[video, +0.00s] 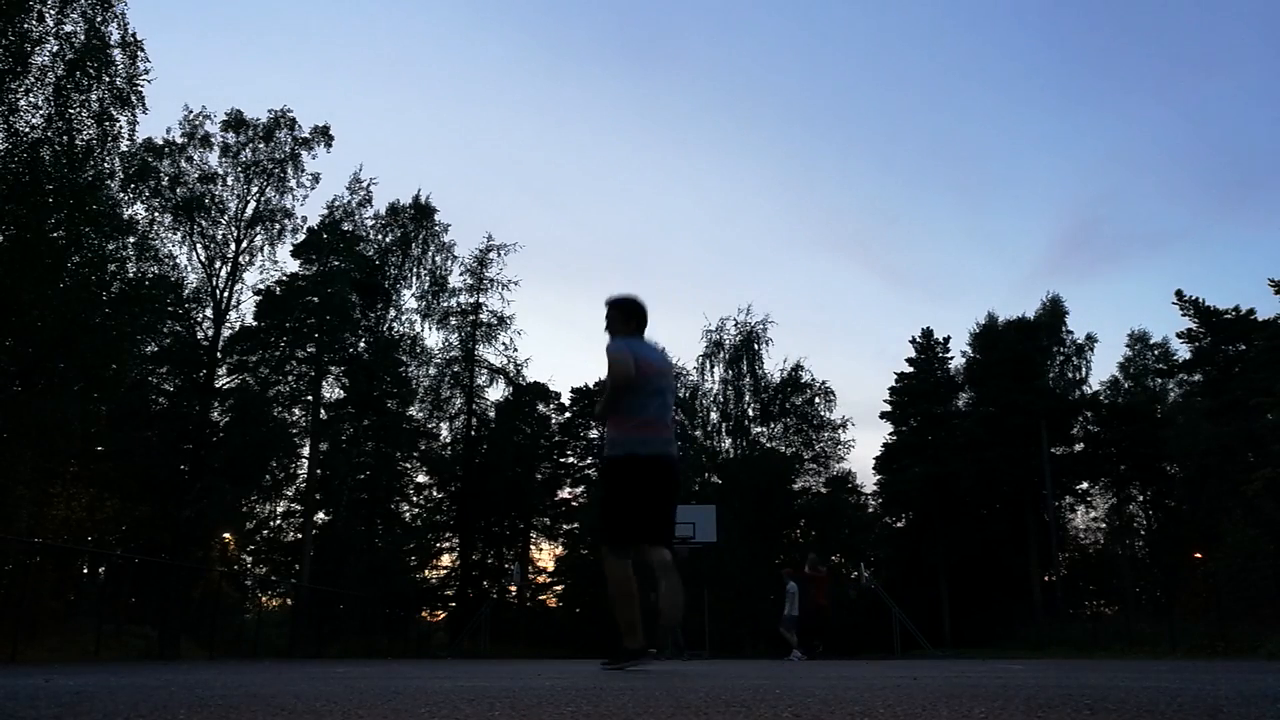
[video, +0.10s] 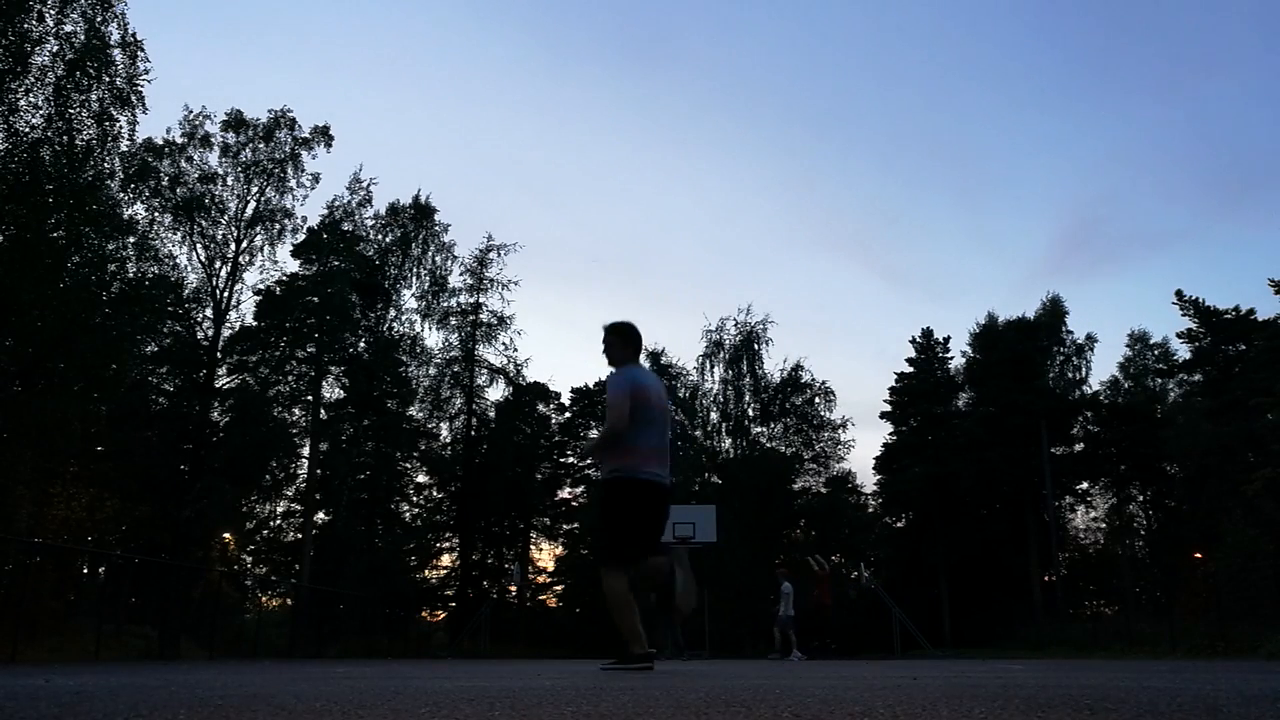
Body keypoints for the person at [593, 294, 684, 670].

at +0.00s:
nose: (606, 325)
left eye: (609, 319)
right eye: (607, 318)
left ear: (620, 320)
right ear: (641, 321)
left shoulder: (618, 346)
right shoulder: (659, 356)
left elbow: (622, 377)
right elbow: (664, 406)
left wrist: (601, 409)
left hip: (626, 465)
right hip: (662, 466)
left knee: (616, 550)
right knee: (657, 548)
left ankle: (632, 645)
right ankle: (672, 639)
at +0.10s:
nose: (603, 351)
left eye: (607, 344)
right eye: (604, 344)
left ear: (621, 346)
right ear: (636, 347)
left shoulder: (620, 379)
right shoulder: (655, 383)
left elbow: (616, 425)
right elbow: (661, 432)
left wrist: (592, 448)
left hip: (625, 485)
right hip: (655, 486)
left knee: (613, 568)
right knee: (636, 563)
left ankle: (637, 651)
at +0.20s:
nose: (604, 355)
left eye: (608, 349)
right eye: (604, 349)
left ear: (623, 351)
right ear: (634, 352)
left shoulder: (622, 380)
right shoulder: (649, 384)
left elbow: (618, 424)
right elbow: (672, 420)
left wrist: (598, 423)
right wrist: (638, 426)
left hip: (630, 482)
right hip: (653, 483)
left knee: (615, 560)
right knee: (630, 554)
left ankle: (637, 648)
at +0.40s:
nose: (611, 363)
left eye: (615, 357)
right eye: (610, 358)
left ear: (629, 358)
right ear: (623, 358)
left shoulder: (641, 389)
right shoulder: (627, 393)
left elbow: (646, 429)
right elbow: (634, 436)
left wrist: (617, 417)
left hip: (643, 481)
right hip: (632, 480)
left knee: (622, 544)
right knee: (625, 549)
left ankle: (645, 624)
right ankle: (633, 631)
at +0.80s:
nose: (646, 391)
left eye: (652, 387)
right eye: (643, 386)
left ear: (663, 391)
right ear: (637, 389)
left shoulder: (674, 422)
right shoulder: (626, 420)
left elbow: (688, 459)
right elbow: (609, 448)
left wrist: (650, 443)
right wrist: (609, 461)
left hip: (665, 509)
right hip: (631, 508)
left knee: (667, 579)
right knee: (633, 578)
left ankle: (675, 644)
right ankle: (636, 650)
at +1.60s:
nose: (645, 419)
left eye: (650, 415)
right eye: (644, 415)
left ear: (666, 418)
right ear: (645, 420)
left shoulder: (684, 448)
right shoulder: (637, 449)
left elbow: (703, 480)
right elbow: (629, 483)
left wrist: (673, 480)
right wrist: (650, 490)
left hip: (675, 523)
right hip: (646, 524)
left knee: (676, 586)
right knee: (651, 587)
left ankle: (677, 650)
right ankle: (656, 647)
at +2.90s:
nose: (684, 433)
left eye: (688, 429)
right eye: (680, 429)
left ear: (694, 433)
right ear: (673, 432)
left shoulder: (702, 459)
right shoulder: (661, 456)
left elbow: (725, 474)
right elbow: (642, 465)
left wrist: (725, 459)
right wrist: (650, 443)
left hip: (693, 532)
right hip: (665, 531)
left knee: (694, 592)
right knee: (663, 591)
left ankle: (694, 651)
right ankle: (663, 651)